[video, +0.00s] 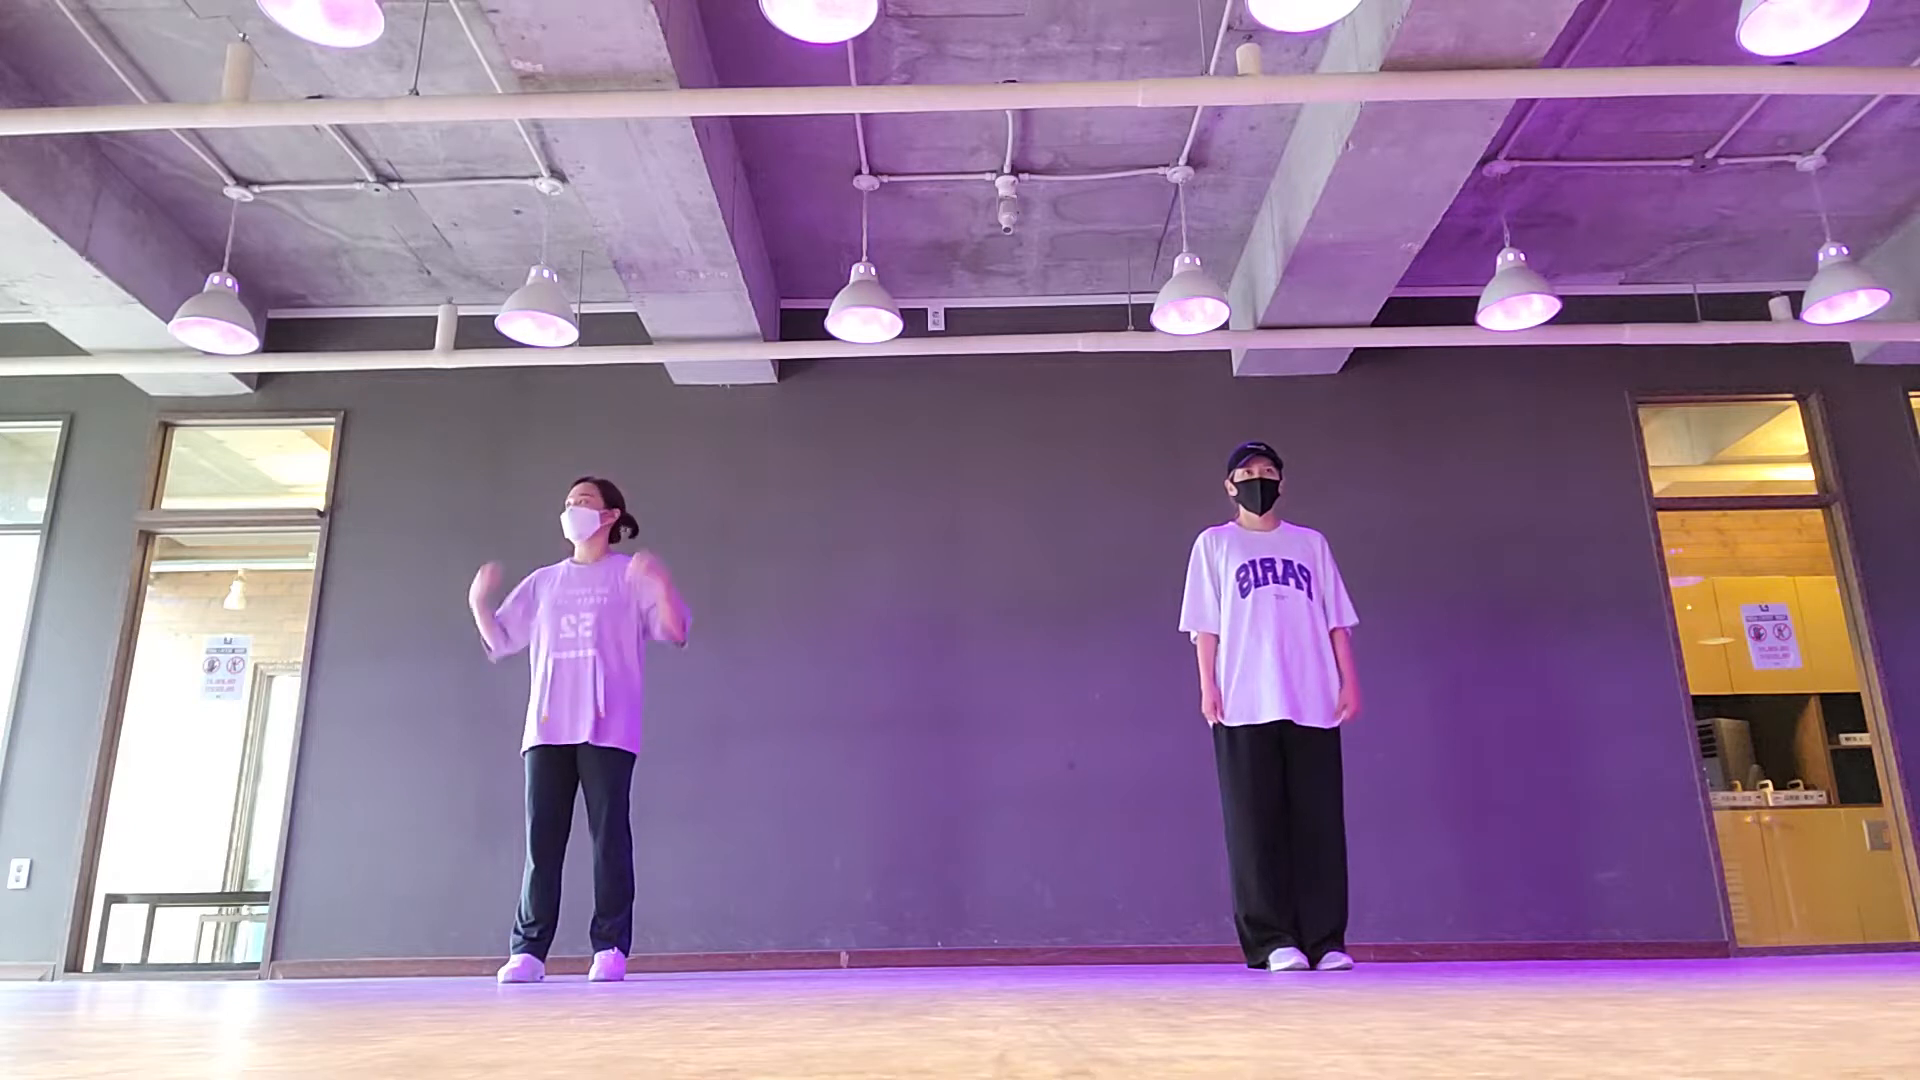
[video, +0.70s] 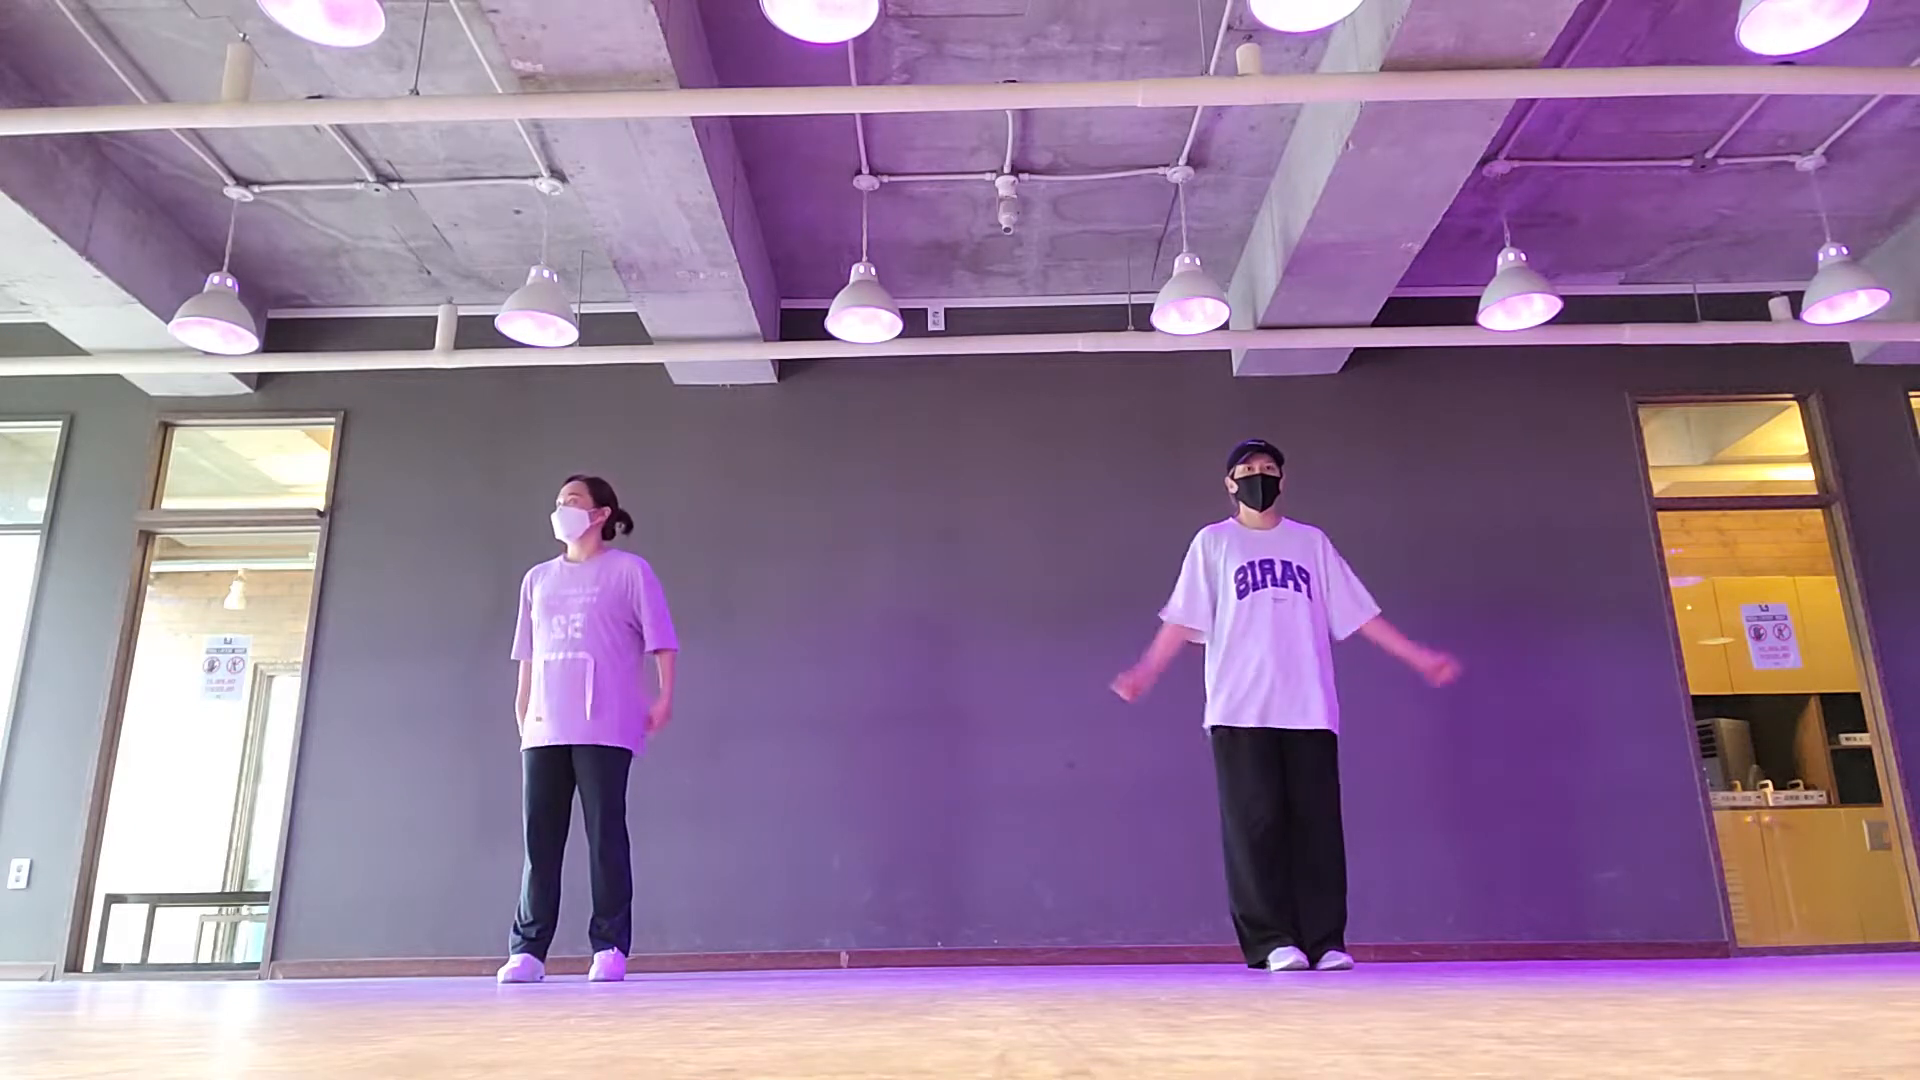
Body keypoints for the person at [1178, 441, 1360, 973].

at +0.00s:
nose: (1259, 480)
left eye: (1268, 472)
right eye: (1248, 472)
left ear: (1281, 483)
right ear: (1231, 485)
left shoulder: (1311, 543)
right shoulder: (1213, 544)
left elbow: (1336, 621)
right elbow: (1205, 624)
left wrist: (1349, 682)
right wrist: (1208, 685)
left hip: (1311, 702)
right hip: (1245, 706)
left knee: (1318, 823)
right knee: (1256, 828)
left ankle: (1326, 941)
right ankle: (1271, 943)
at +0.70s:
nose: (1259, 481)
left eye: (1268, 473)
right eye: (1248, 473)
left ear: (1282, 481)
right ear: (1230, 484)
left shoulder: (1313, 543)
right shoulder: (1211, 543)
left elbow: (1362, 616)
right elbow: (1181, 621)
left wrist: (1420, 658)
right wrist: (1144, 671)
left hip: (1309, 708)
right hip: (1241, 711)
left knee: (1317, 824)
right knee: (1257, 827)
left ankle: (1325, 941)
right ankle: (1273, 944)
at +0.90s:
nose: (1260, 481)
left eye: (1269, 473)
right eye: (1249, 473)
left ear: (1282, 482)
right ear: (1230, 483)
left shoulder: (1313, 539)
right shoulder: (1208, 542)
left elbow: (1360, 588)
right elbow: (1172, 599)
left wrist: (1404, 600)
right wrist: (1154, 604)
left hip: (1313, 705)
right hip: (1244, 708)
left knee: (1320, 825)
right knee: (1262, 829)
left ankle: (1327, 942)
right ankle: (1276, 945)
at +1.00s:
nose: (1260, 478)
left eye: (1269, 470)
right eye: (1249, 470)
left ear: (1281, 479)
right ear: (1231, 481)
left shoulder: (1313, 538)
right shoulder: (1209, 539)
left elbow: (1368, 597)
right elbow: (1172, 610)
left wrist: (1369, 584)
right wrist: (1205, 566)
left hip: (1311, 704)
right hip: (1242, 707)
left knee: (1319, 821)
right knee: (1262, 827)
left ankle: (1328, 942)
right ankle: (1276, 945)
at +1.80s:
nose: (1271, 489)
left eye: (1280, 482)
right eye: (1260, 481)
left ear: (1290, 494)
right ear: (1240, 492)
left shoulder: (1315, 555)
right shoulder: (1215, 545)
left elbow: (1364, 615)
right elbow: (1179, 604)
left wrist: (1348, 550)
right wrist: (1185, 634)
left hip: (1317, 715)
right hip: (1249, 713)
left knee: (1332, 832)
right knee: (1267, 831)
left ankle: (1325, 943)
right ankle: (1275, 946)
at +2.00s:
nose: (1254, 479)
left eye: (1263, 471)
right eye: (1243, 473)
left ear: (1277, 482)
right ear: (1226, 486)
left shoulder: (1318, 536)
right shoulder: (1210, 543)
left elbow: (1389, 552)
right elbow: (1196, 618)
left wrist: (1377, 486)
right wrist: (1220, 650)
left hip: (1317, 706)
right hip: (1248, 710)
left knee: (1324, 826)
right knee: (1265, 830)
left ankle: (1329, 944)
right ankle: (1280, 946)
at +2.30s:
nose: (1233, 478)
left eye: (1242, 470)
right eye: (1222, 474)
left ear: (1260, 482)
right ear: (1211, 494)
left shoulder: (1304, 527)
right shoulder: (1205, 554)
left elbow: (1369, 524)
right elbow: (1186, 630)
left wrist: (1436, 517)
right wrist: (1242, 609)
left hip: (1313, 703)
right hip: (1245, 713)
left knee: (1318, 823)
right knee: (1261, 826)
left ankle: (1324, 942)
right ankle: (1276, 943)